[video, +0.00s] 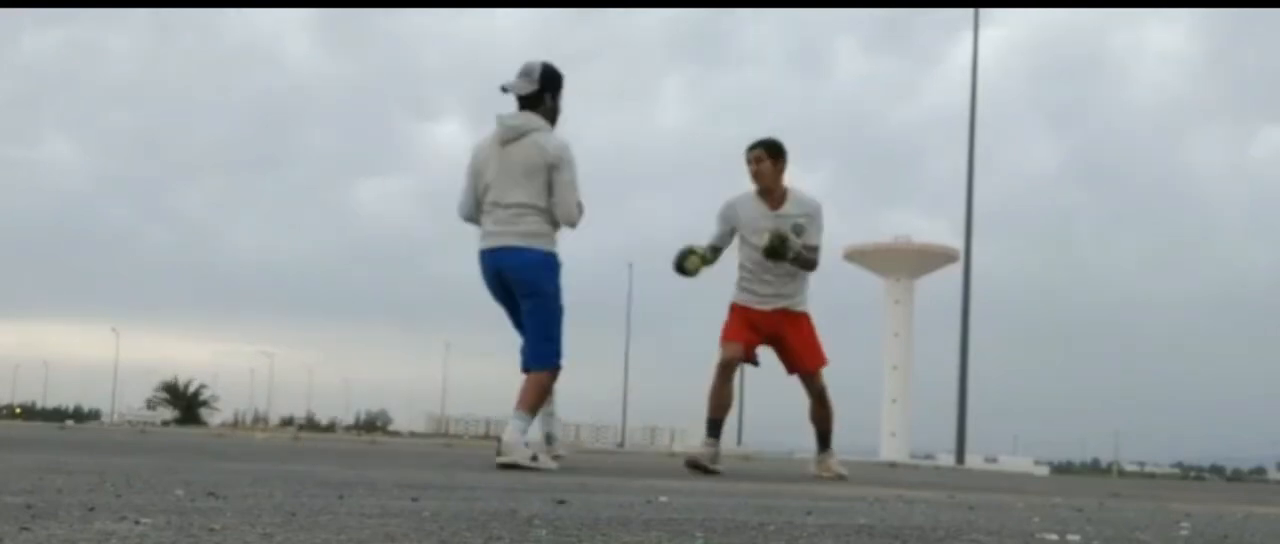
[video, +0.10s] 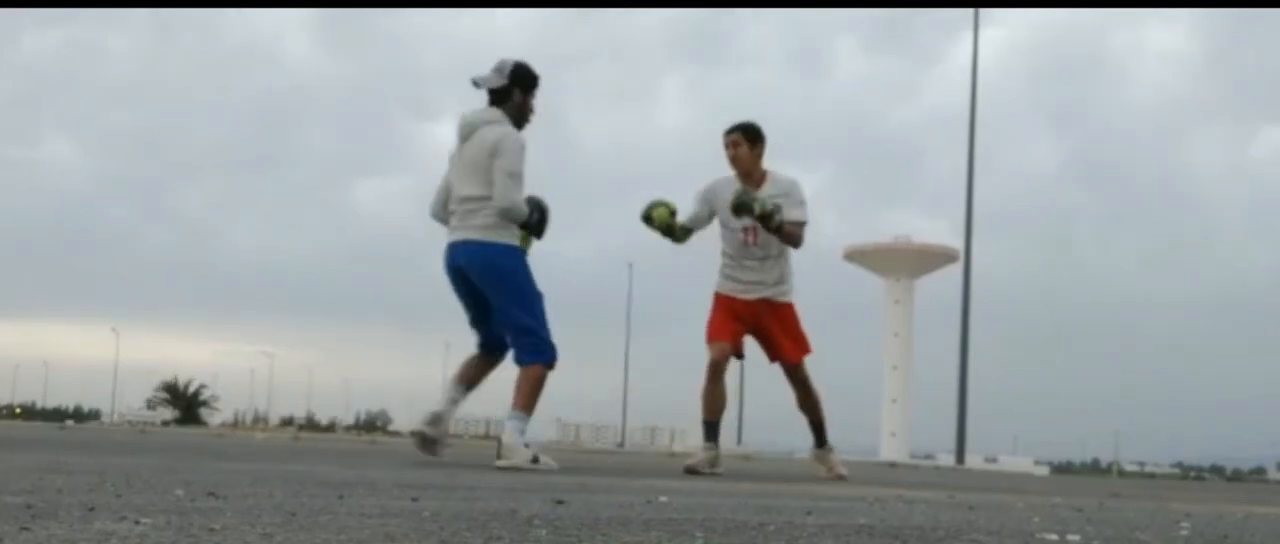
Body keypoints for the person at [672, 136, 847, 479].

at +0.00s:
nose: (754, 169)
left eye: (760, 162)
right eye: (750, 164)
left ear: (779, 165)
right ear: (748, 169)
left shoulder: (808, 209)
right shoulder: (737, 208)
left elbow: (811, 262)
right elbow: (715, 248)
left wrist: (787, 252)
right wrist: (697, 257)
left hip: (790, 312)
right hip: (746, 309)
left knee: (816, 385)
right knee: (726, 362)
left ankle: (825, 457)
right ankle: (710, 448)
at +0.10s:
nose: (731, 154)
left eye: (737, 147)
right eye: (727, 149)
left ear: (757, 149)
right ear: (726, 154)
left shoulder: (786, 189)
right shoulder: (717, 191)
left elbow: (795, 239)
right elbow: (684, 232)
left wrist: (763, 216)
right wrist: (668, 226)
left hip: (773, 298)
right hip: (730, 296)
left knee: (796, 372)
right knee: (716, 361)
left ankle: (822, 449)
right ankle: (709, 449)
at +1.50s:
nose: (474, 129)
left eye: (479, 120)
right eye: (475, 121)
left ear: (498, 122)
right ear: (499, 124)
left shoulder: (544, 161)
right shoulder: (481, 172)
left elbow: (564, 221)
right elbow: (472, 223)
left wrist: (515, 213)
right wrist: (435, 220)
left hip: (552, 284)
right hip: (506, 288)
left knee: (556, 351)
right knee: (448, 354)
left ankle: (605, 446)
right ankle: (423, 440)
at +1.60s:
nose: (483, 126)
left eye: (487, 117)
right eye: (484, 117)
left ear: (503, 117)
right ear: (508, 119)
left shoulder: (550, 154)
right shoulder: (501, 175)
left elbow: (570, 217)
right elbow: (520, 234)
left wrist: (519, 209)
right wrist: (488, 241)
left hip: (560, 282)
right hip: (517, 288)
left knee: (556, 350)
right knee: (462, 356)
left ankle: (605, 447)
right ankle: (423, 439)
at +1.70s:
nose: (494, 114)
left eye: (496, 104)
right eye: (494, 105)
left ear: (512, 104)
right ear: (521, 105)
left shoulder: (546, 142)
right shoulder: (521, 153)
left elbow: (557, 199)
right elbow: (530, 223)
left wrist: (507, 191)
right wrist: (494, 228)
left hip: (560, 274)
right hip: (526, 276)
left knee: (548, 354)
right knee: (470, 344)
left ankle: (603, 447)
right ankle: (449, 436)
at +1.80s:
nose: (491, 111)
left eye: (493, 101)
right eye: (491, 102)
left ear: (504, 100)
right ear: (524, 100)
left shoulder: (534, 135)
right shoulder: (523, 144)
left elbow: (532, 189)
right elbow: (527, 207)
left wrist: (491, 178)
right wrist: (485, 204)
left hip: (552, 267)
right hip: (522, 270)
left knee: (540, 353)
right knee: (470, 343)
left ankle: (604, 444)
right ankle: (453, 434)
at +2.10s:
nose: (427, 117)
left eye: (428, 109)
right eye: (427, 109)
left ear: (435, 109)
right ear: (462, 109)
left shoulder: (457, 136)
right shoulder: (467, 142)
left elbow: (469, 183)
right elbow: (469, 195)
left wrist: (428, 197)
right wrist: (430, 205)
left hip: (481, 266)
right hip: (467, 269)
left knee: (495, 343)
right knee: (420, 344)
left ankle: (558, 426)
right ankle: (427, 438)